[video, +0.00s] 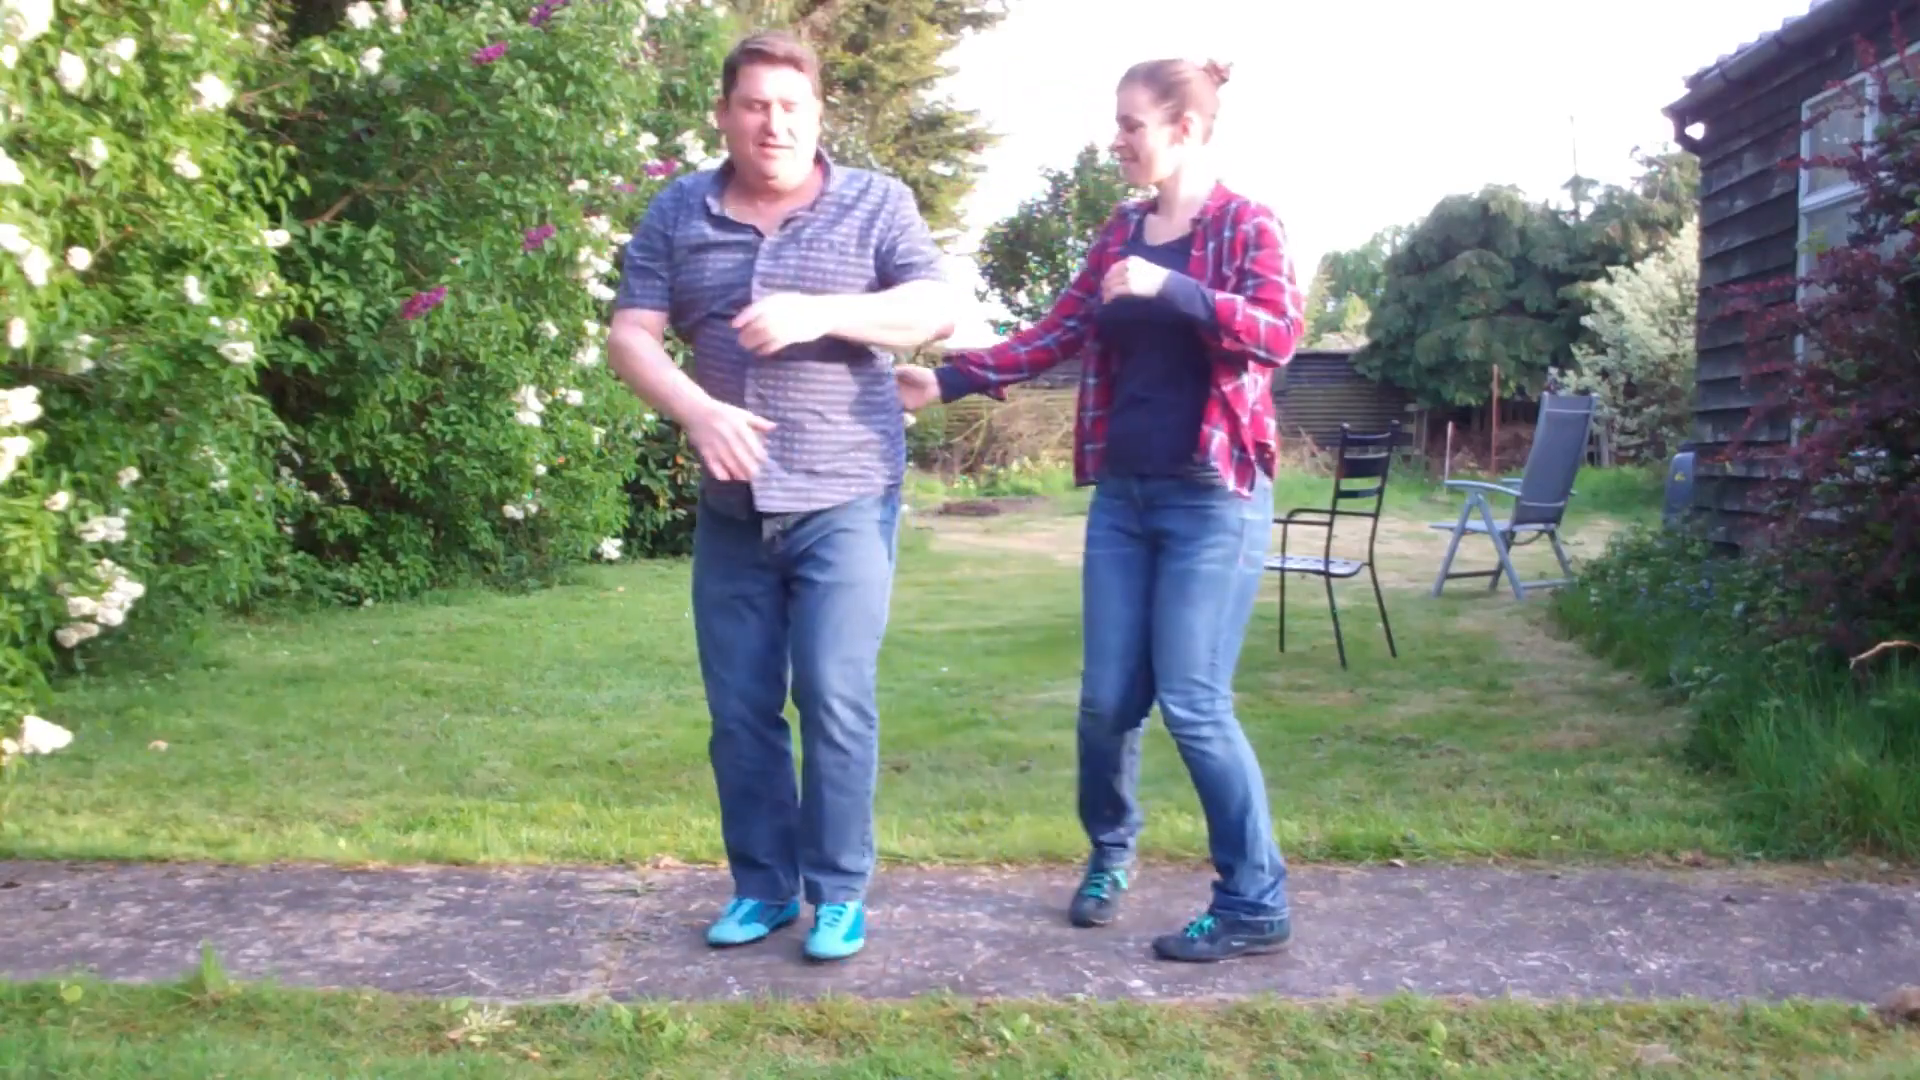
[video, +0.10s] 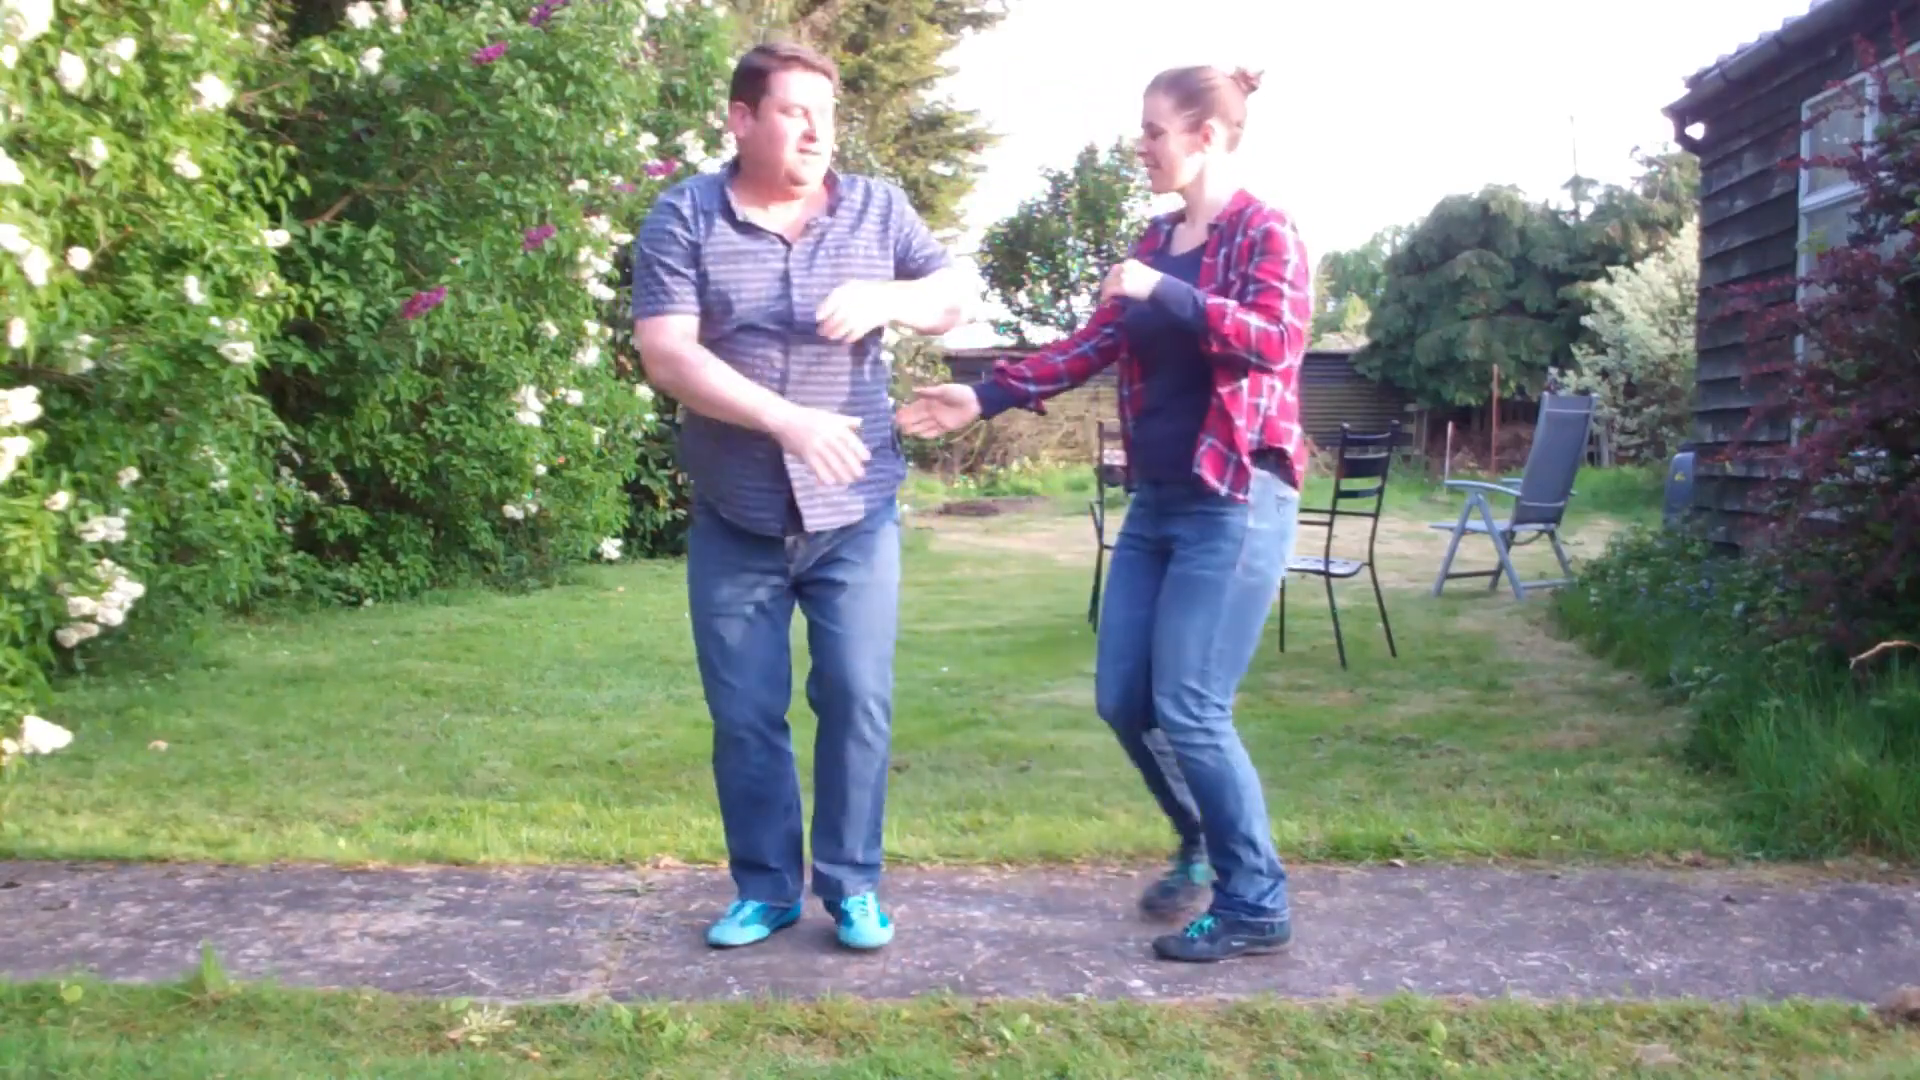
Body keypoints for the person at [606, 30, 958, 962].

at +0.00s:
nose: (770, 121)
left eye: (788, 106)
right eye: (752, 105)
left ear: (818, 117)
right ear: (723, 116)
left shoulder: (874, 202)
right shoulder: (681, 209)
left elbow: (940, 308)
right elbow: (629, 336)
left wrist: (819, 315)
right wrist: (697, 411)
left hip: (846, 500)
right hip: (732, 502)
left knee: (832, 694)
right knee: (739, 706)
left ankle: (839, 888)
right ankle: (764, 883)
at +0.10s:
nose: (813, 133)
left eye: (823, 117)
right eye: (793, 114)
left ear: (834, 126)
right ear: (741, 120)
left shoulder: (874, 206)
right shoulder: (682, 217)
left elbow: (956, 297)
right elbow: (668, 358)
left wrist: (886, 297)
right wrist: (788, 421)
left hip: (856, 508)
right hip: (734, 516)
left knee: (858, 696)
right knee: (743, 712)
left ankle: (852, 880)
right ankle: (766, 887)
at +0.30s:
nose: (871, 139)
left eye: (871, 121)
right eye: (858, 120)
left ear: (821, 123)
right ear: (796, 122)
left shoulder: (874, 214)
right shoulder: (732, 218)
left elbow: (943, 302)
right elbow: (796, 355)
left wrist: (973, 270)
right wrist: (929, 399)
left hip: (869, 510)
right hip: (762, 512)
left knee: (900, 687)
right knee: (766, 707)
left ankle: (875, 887)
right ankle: (761, 888)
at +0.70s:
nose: (952, 137)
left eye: (950, 121)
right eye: (941, 121)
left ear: (891, 126)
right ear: (894, 125)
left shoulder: (908, 220)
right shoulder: (863, 208)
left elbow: (953, 372)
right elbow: (963, 340)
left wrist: (1054, 393)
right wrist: (1062, 354)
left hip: (932, 505)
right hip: (874, 498)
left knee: (944, 702)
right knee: (899, 698)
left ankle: (886, 894)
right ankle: (767, 862)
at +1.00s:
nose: (983, 141)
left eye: (983, 126)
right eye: (975, 124)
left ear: (914, 124)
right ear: (931, 122)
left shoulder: (906, 204)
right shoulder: (901, 190)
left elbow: (961, 364)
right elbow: (1001, 268)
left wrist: (1071, 370)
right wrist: (1063, 205)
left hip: (918, 483)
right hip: (914, 484)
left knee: (942, 693)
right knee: (958, 694)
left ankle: (892, 882)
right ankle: (910, 906)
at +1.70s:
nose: (955, 132)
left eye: (955, 118)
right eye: (945, 115)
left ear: (891, 122)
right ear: (894, 118)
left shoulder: (903, 206)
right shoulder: (865, 189)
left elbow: (986, 275)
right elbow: (992, 201)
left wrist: (1043, 214)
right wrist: (1051, 117)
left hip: (904, 480)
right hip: (879, 479)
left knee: (880, 686)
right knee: (925, 687)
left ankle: (846, 876)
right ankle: (901, 901)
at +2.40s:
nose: (921, 121)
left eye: (923, 107)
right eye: (907, 105)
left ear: (903, 123)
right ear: (851, 106)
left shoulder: (893, 200)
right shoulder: (800, 172)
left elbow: (976, 146)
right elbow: (924, 111)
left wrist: (1052, 66)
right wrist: (994, 46)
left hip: (869, 502)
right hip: (797, 491)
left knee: (872, 684)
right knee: (805, 694)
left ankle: (820, 869)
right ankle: (739, 895)